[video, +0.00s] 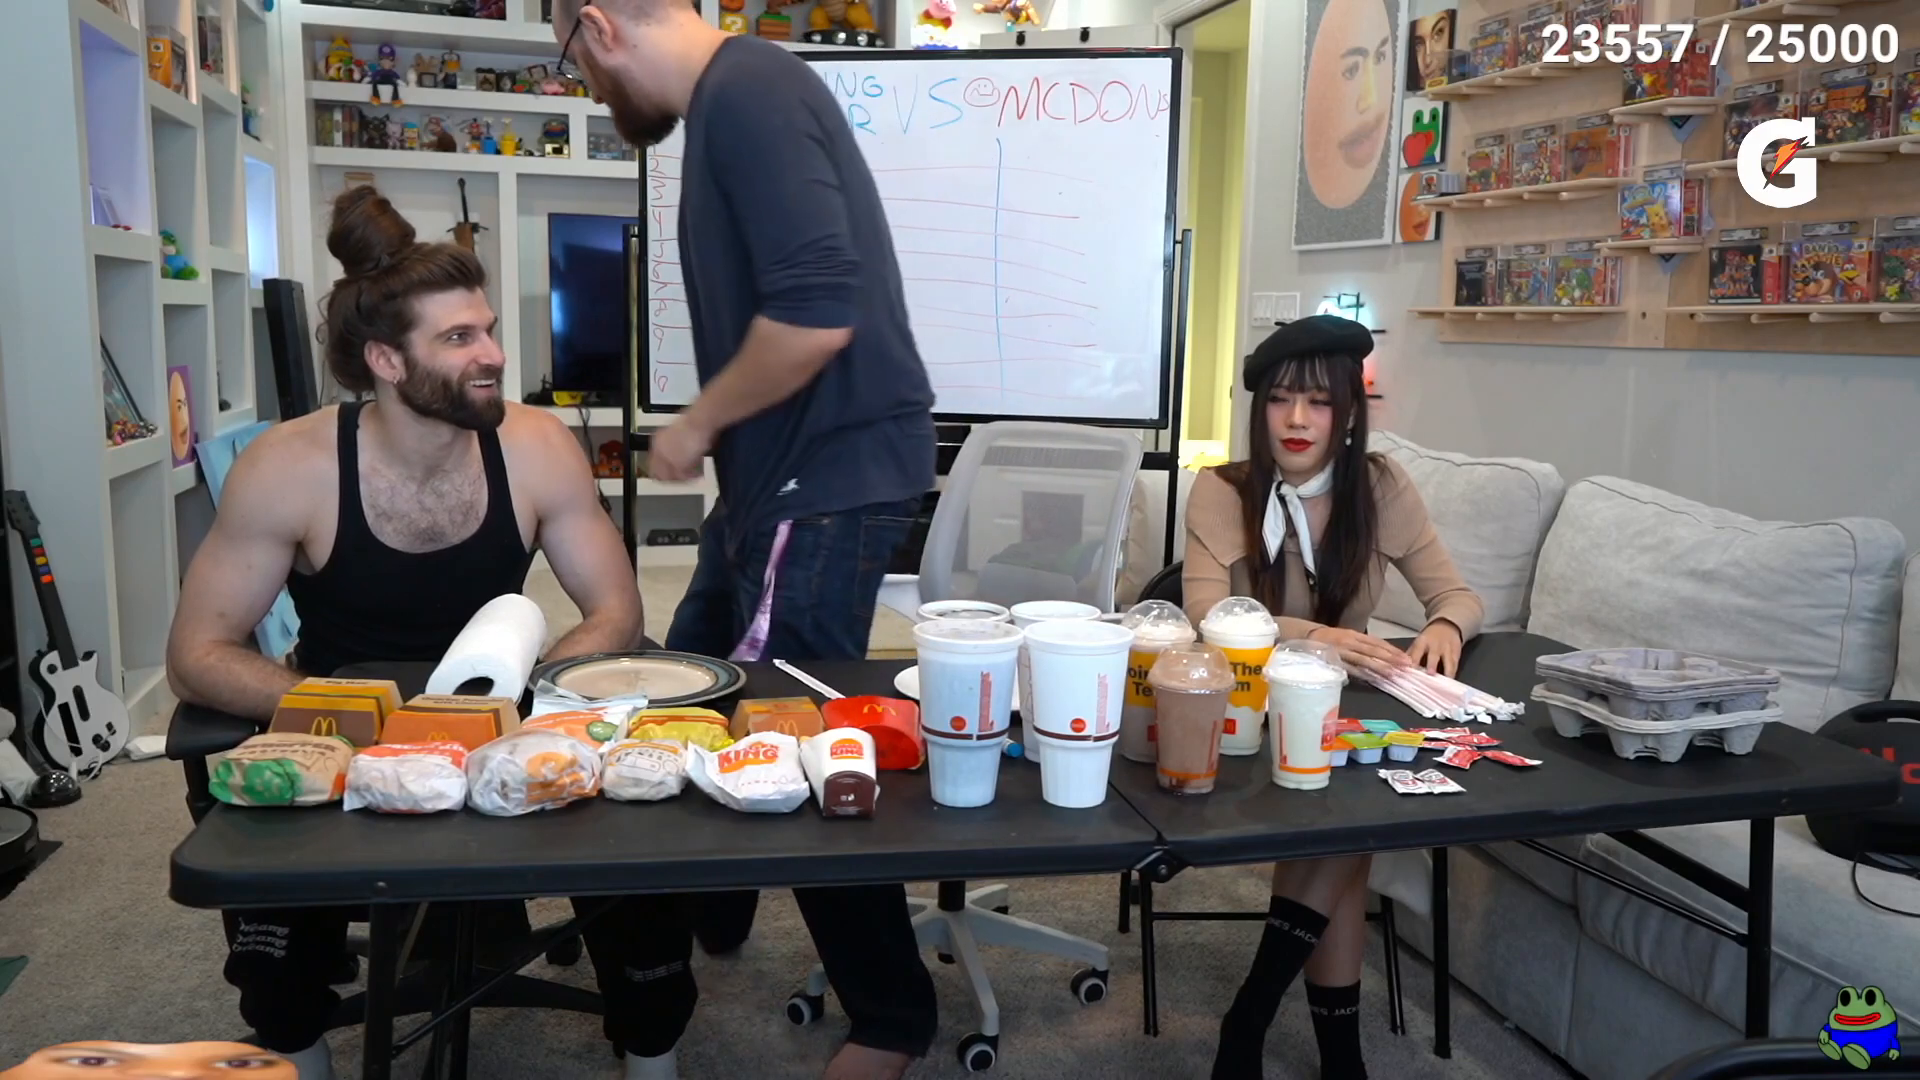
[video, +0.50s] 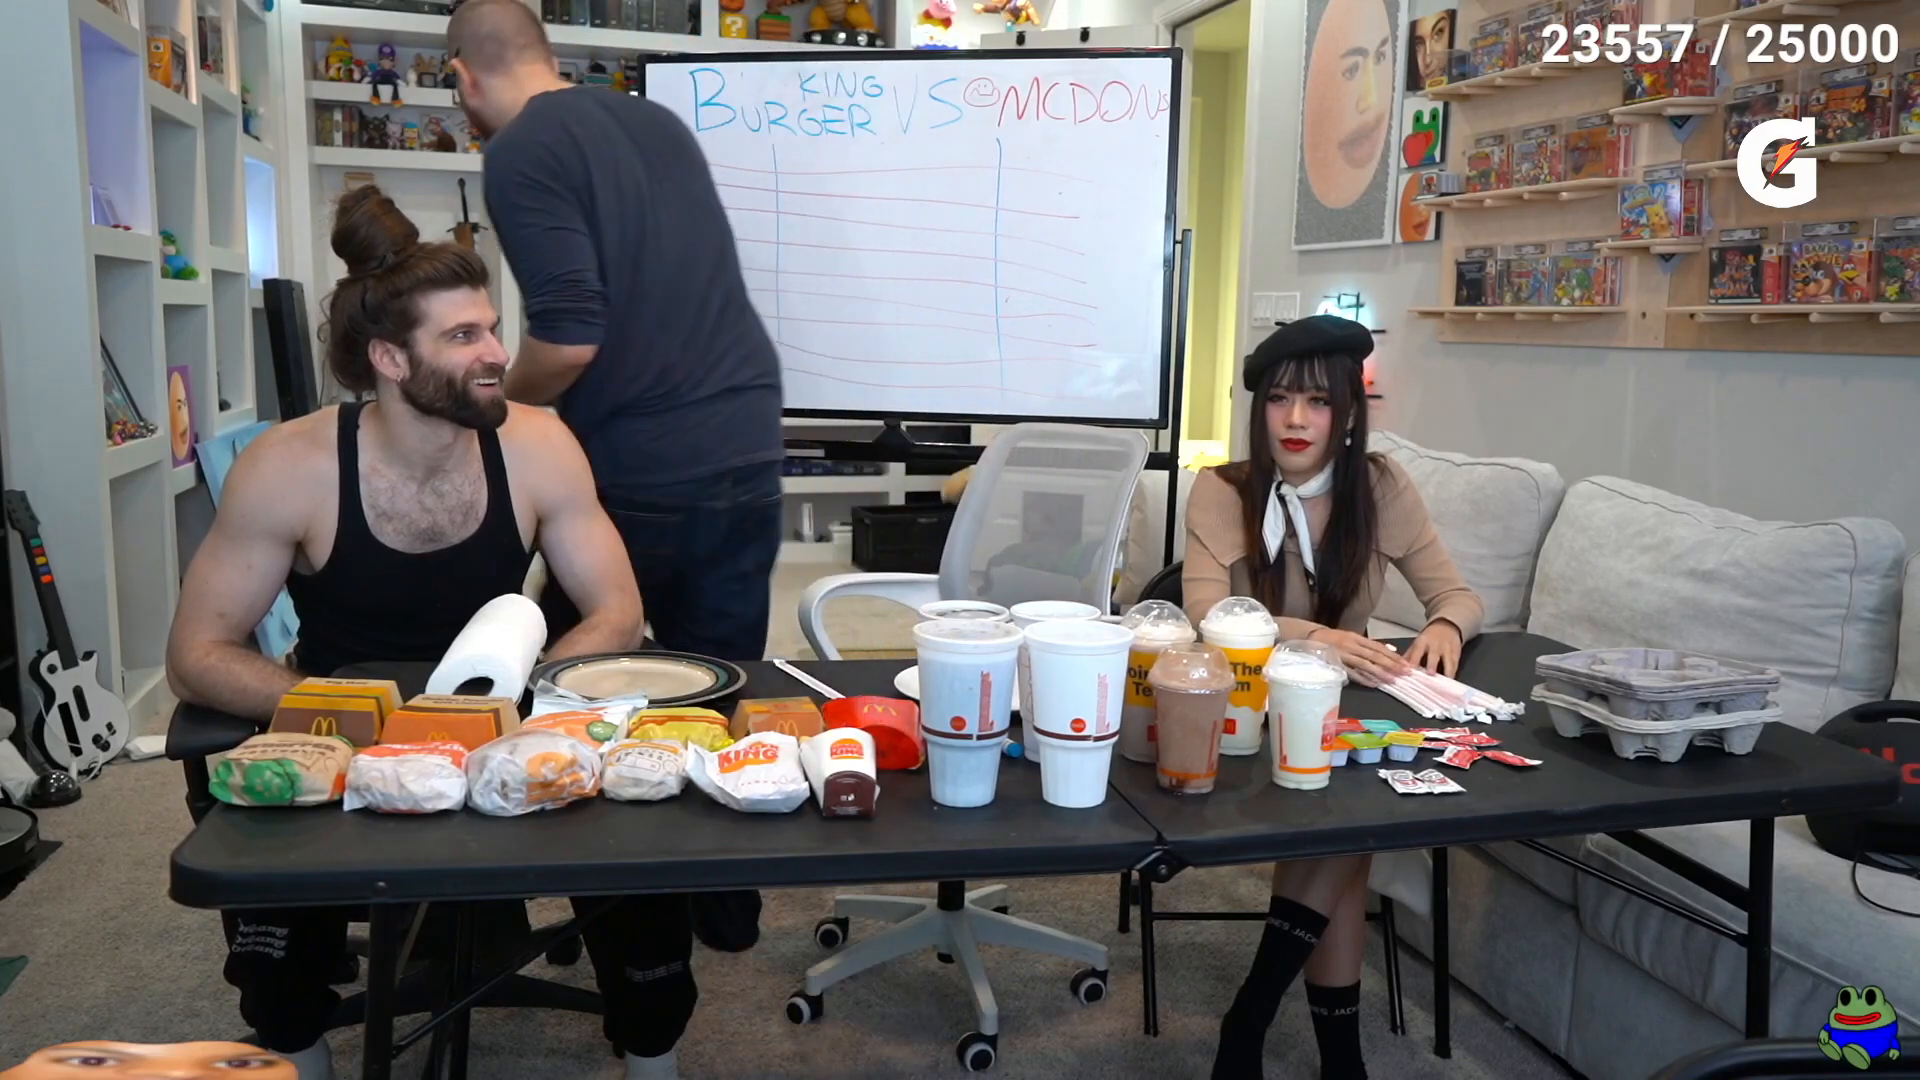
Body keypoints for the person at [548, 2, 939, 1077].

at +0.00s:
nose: (588, 89)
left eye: (576, 60)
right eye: (576, 68)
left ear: (607, 28)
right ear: (643, 21)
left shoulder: (749, 92)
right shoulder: (730, 103)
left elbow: (815, 310)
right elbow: (791, 312)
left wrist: (696, 422)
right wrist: (734, 441)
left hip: (829, 477)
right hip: (777, 477)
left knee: (795, 739)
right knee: (688, 699)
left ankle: (894, 1021)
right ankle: (710, 913)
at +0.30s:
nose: (519, 77)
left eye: (512, 53)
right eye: (517, 56)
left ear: (530, 32)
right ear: (607, 21)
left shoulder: (620, 120)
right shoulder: (707, 101)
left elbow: (654, 331)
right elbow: (734, 291)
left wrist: (564, 359)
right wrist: (614, 359)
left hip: (715, 460)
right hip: (779, 441)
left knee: (699, 719)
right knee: (718, 697)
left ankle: (856, 956)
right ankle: (721, 902)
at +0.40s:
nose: (489, 88)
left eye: (481, 68)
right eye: (482, 71)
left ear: (493, 55)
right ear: (576, 35)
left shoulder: (566, 137)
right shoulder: (689, 111)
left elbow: (606, 338)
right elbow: (716, 291)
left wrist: (524, 384)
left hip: (683, 477)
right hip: (774, 457)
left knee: (657, 707)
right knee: (740, 703)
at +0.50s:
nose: (462, 110)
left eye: (455, 92)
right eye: (457, 94)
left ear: (465, 75)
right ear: (548, 51)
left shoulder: (523, 154)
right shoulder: (658, 122)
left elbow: (570, 334)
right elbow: (689, 280)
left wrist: (496, 413)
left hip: (642, 473)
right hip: (746, 458)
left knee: (627, 689)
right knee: (728, 684)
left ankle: (631, 915)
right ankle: (727, 902)